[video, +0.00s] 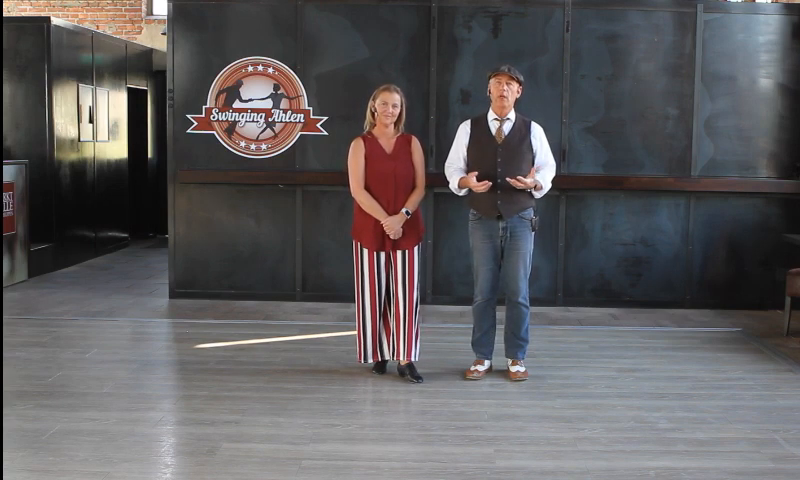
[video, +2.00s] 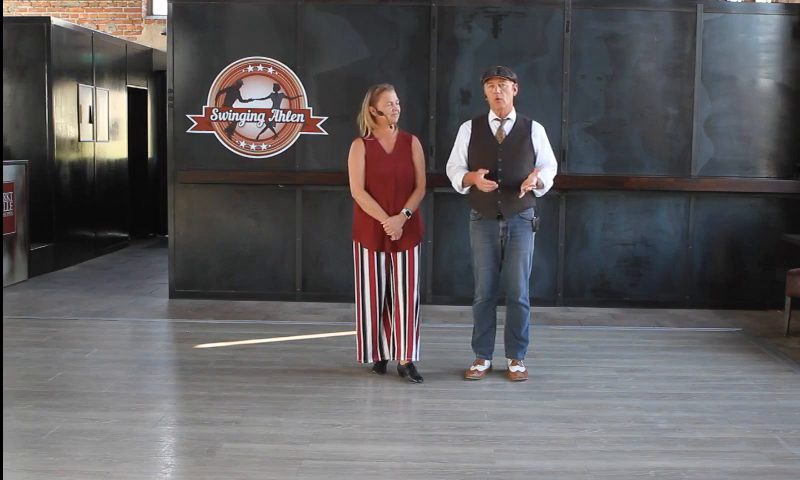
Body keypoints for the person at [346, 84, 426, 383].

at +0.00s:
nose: (389, 110)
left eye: (394, 105)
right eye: (384, 104)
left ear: (400, 110)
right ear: (374, 107)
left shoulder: (412, 143)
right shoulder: (360, 144)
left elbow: (420, 187)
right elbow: (357, 190)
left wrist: (401, 216)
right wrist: (389, 220)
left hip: (406, 230)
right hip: (371, 231)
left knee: (406, 295)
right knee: (374, 295)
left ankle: (406, 359)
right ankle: (379, 356)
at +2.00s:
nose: (396, 108)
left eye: (397, 103)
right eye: (389, 104)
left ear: (399, 107)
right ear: (373, 110)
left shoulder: (412, 143)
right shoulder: (360, 145)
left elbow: (421, 187)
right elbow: (357, 191)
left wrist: (402, 216)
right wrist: (388, 220)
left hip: (406, 230)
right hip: (371, 231)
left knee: (407, 295)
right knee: (374, 295)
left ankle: (406, 359)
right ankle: (378, 355)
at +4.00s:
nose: (392, 106)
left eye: (393, 102)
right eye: (385, 103)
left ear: (398, 106)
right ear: (370, 110)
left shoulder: (411, 142)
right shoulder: (360, 146)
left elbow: (421, 186)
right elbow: (357, 191)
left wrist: (403, 216)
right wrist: (389, 221)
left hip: (406, 230)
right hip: (371, 232)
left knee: (406, 296)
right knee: (374, 295)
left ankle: (406, 359)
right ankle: (379, 355)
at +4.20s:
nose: (392, 106)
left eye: (394, 101)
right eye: (385, 103)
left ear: (398, 106)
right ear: (371, 110)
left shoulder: (412, 142)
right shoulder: (360, 145)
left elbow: (421, 186)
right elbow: (357, 191)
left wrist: (403, 216)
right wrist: (388, 221)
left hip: (406, 230)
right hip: (371, 231)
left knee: (407, 295)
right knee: (374, 295)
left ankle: (406, 359)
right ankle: (379, 355)